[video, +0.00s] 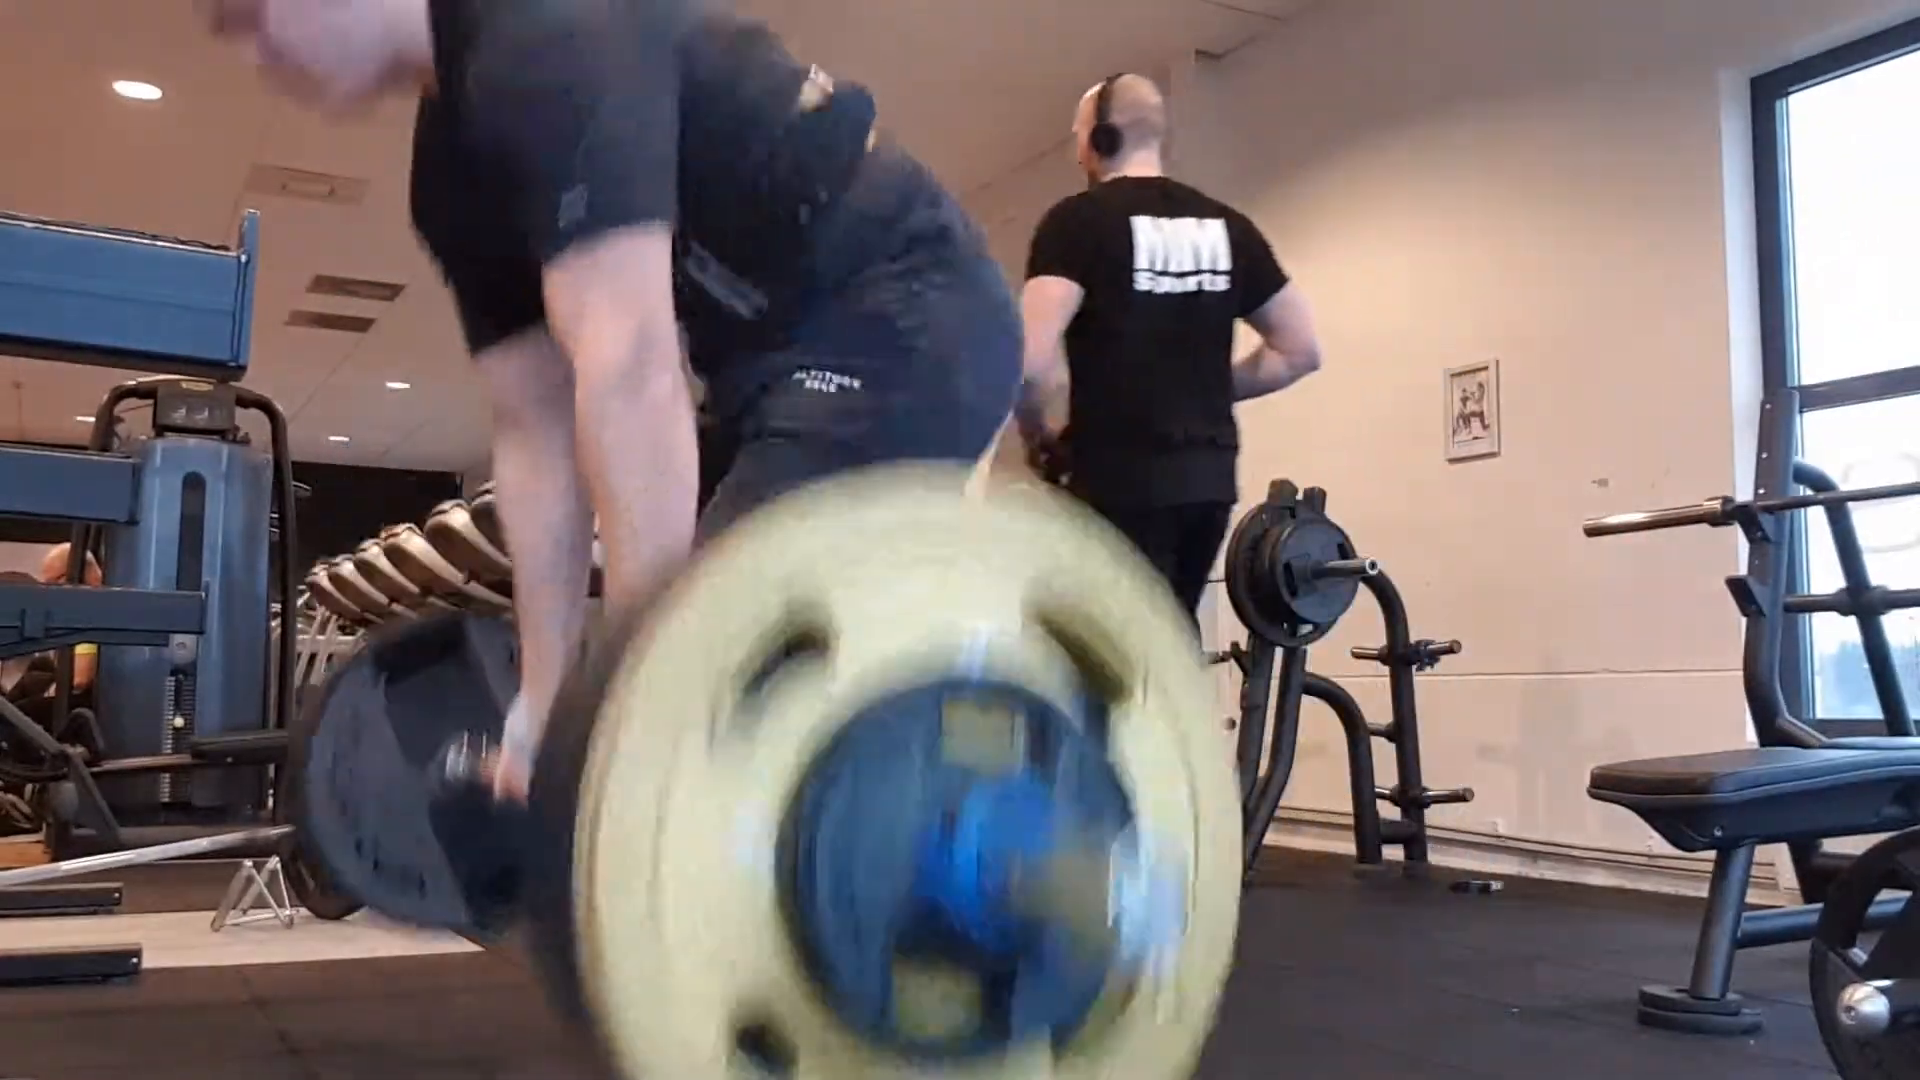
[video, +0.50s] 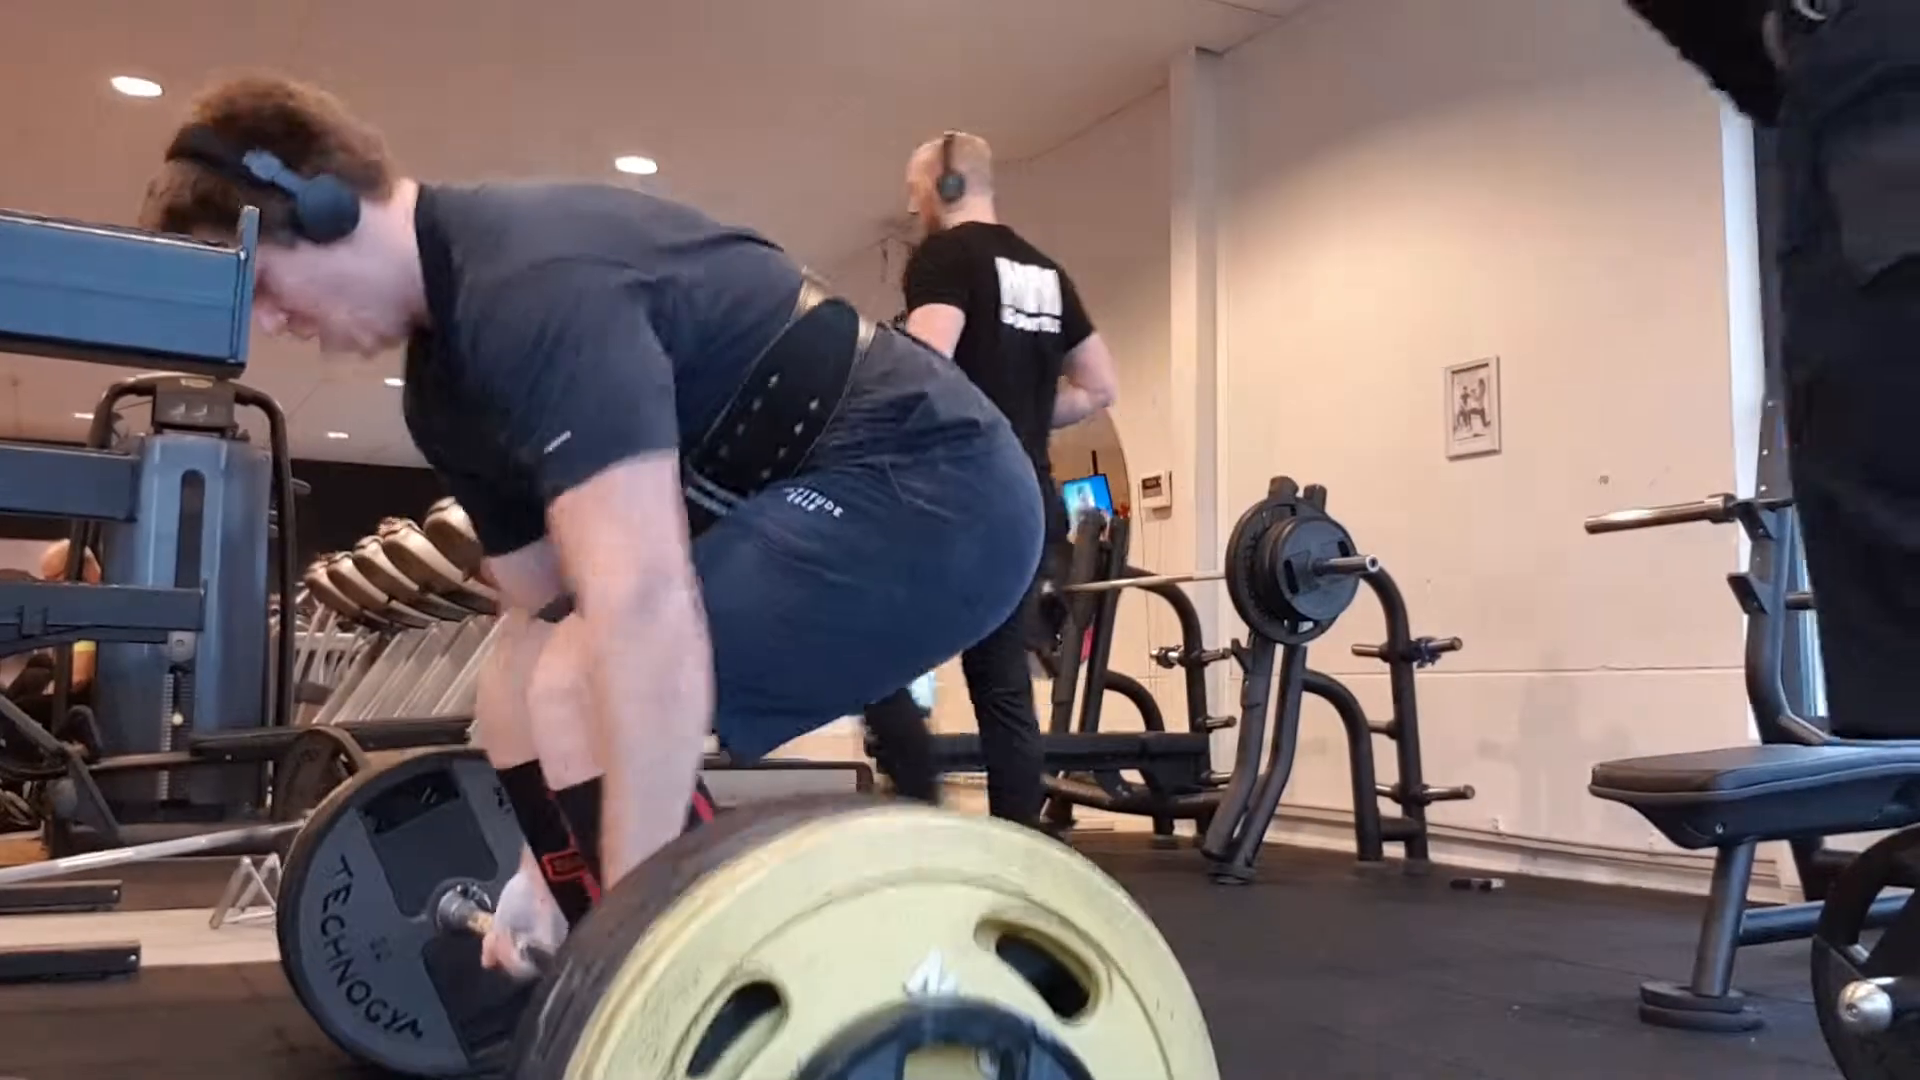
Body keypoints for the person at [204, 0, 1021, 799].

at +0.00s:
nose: (256, 53)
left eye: (254, 17)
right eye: (240, 35)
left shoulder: (552, 35)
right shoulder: (451, 163)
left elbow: (633, 363)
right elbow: (532, 425)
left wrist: (657, 684)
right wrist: (544, 707)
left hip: (898, 324)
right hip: (768, 374)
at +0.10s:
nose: (261, 266)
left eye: (248, 224)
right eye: (236, 238)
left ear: (324, 152)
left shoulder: (552, 221)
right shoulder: (448, 314)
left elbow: (628, 586)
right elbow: (526, 593)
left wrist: (629, 915)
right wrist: (534, 865)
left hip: (926, 383)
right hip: (813, 405)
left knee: (667, 691)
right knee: (606, 692)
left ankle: (764, 1007)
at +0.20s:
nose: (261, 416)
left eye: (247, 372)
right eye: (238, 386)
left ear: (304, 311)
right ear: (303, 320)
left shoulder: (531, 315)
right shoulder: (439, 405)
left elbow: (690, 569)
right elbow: (578, 596)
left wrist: (669, 883)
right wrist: (548, 831)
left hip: (938, 433)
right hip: (818, 456)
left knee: (629, 677)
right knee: (546, 684)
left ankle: (707, 960)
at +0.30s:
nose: (286, 365)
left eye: (276, 328)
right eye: (263, 347)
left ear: (325, 245)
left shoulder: (559, 268)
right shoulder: (452, 368)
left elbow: (676, 572)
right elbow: (550, 595)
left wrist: (650, 894)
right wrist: (546, 843)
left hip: (925, 449)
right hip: (809, 468)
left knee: (606, 674)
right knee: (538, 673)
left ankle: (679, 982)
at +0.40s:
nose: (285, 332)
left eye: (271, 293)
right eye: (262, 315)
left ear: (317, 209)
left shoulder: (549, 297)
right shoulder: (446, 375)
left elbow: (627, 617)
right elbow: (523, 627)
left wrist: (642, 929)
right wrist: (538, 878)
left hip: (928, 471)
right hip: (829, 487)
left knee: (598, 676)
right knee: (533, 669)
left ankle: (697, 980)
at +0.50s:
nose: (280, 324)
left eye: (262, 285)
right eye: (255, 306)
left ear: (303, 211)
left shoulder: (541, 288)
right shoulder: (444, 380)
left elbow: (643, 602)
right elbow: (539, 617)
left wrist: (639, 926)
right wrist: (538, 876)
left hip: (920, 485)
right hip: (804, 505)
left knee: (586, 689)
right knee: (516, 685)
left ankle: (686, 993)